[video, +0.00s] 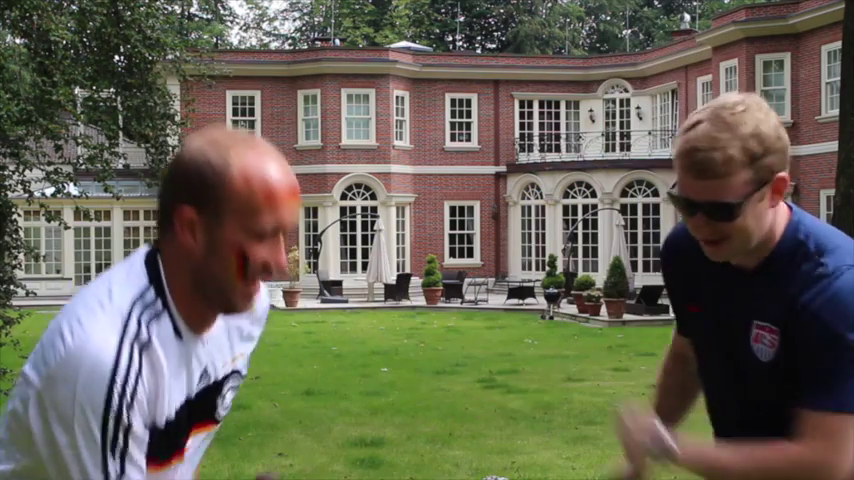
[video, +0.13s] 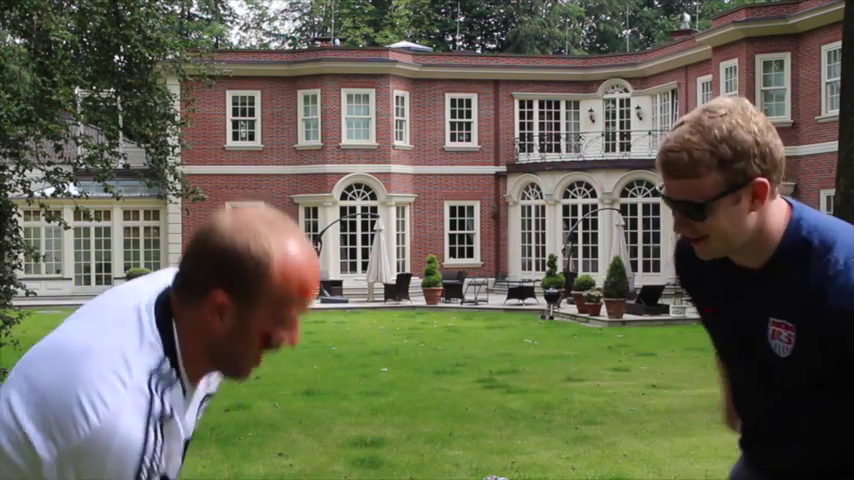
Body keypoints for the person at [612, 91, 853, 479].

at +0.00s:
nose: (700, 225)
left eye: (720, 211)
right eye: (686, 205)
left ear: (776, 192)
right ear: (677, 189)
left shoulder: (833, 283)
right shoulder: (683, 252)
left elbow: (829, 459)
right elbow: (687, 353)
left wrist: (675, 449)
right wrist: (651, 444)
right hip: (742, 467)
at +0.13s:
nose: (680, 226)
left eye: (694, 209)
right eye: (671, 206)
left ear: (757, 194)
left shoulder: (839, 270)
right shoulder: (692, 255)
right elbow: (726, 333)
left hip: (838, 461)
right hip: (763, 456)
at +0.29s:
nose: (699, 235)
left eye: (712, 220)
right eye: (693, 215)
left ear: (774, 208)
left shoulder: (846, 270)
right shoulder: (735, 254)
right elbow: (756, 324)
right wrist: (722, 401)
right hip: (798, 465)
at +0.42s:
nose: (730, 233)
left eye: (743, 217)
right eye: (724, 216)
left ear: (803, 206)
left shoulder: (849, 256)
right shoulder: (759, 260)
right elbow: (743, 350)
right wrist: (672, 444)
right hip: (835, 457)